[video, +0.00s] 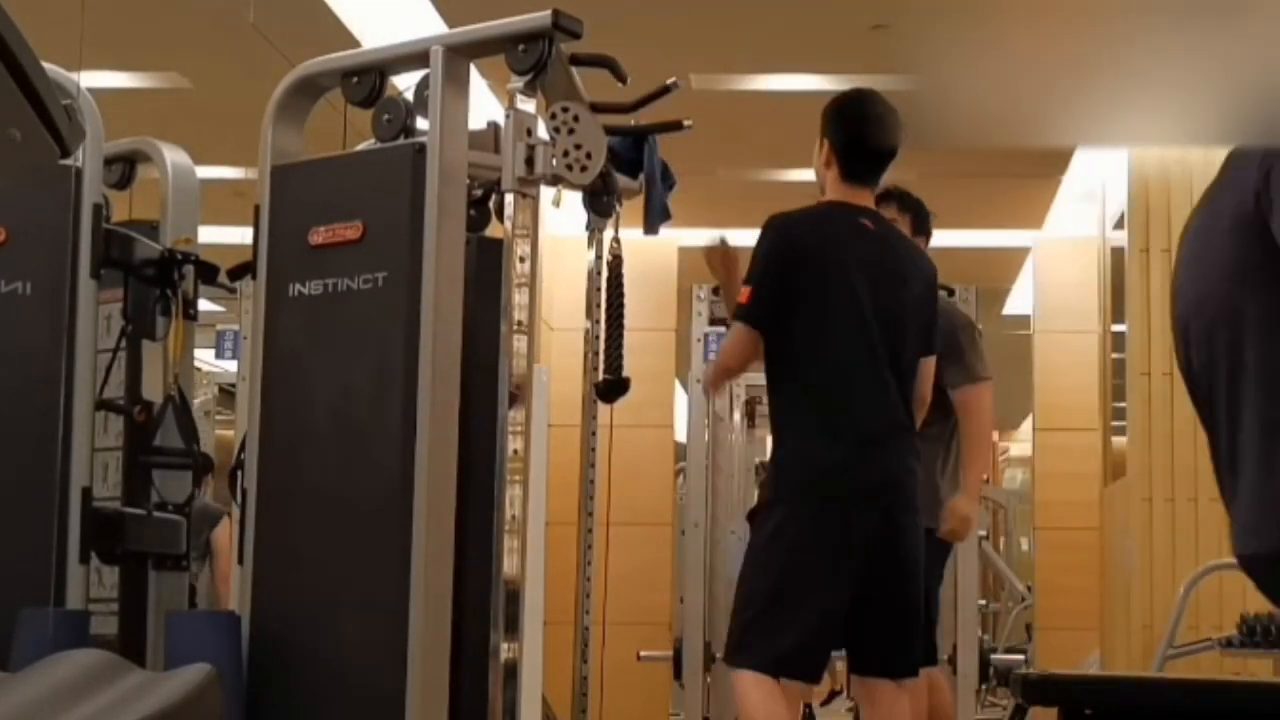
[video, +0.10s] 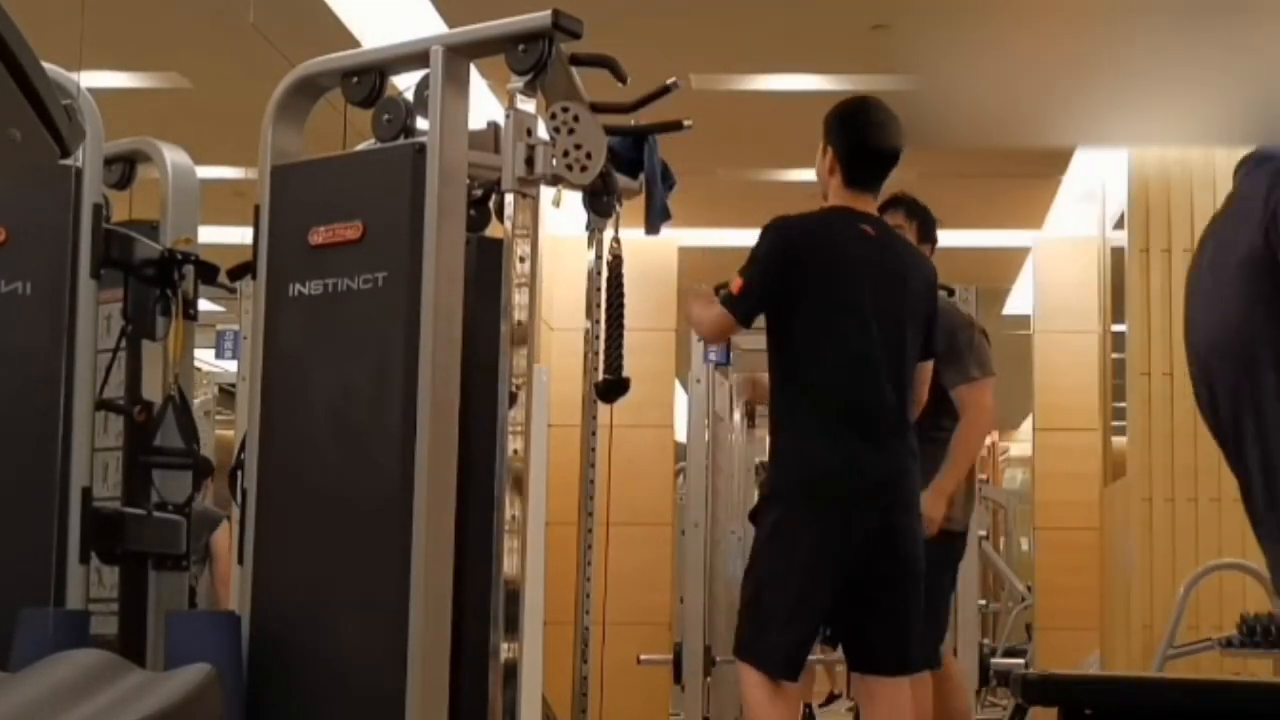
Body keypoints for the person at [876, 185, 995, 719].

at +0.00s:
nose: (881, 241)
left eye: (894, 231)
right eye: (876, 229)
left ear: (921, 242)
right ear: (867, 236)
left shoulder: (945, 321)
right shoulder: (853, 317)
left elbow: (976, 408)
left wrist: (970, 492)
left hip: (924, 506)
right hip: (869, 502)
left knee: (913, 648)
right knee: (900, 648)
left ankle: (938, 711)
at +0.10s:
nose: (889, 247)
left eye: (901, 237)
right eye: (882, 236)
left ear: (926, 247)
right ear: (872, 244)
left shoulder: (946, 321)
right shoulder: (862, 320)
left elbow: (980, 413)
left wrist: (938, 493)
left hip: (931, 512)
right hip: (882, 507)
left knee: (917, 650)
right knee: (928, 649)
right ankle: (958, 713)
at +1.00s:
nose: (947, 249)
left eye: (959, 238)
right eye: (947, 239)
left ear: (996, 249)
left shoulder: (1029, 319)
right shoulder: (956, 339)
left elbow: (1036, 408)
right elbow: (935, 426)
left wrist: (954, 468)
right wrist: (882, 476)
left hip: (1024, 520)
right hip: (968, 522)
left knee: (1038, 655)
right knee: (971, 652)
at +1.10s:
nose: (954, 246)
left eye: (967, 235)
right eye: (956, 236)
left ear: (1001, 247)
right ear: (982, 249)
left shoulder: (1036, 319)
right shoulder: (963, 340)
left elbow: (1046, 413)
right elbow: (951, 424)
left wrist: (967, 475)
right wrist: (904, 477)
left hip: (1034, 521)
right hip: (978, 522)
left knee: (1047, 657)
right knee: (976, 653)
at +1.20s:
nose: (959, 246)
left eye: (972, 234)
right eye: (963, 234)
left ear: (1005, 248)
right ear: (994, 250)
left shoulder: (1041, 322)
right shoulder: (974, 339)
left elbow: (1056, 421)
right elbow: (964, 430)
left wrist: (996, 501)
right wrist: (921, 487)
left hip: (1043, 521)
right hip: (988, 519)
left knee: (1052, 657)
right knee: (978, 652)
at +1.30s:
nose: (964, 246)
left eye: (977, 234)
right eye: (968, 235)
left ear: (1010, 248)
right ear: (995, 250)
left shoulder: (1044, 325)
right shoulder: (983, 338)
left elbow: (1063, 428)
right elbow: (977, 434)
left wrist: (1040, 525)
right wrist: (940, 505)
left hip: (1046, 524)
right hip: (994, 522)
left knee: (1056, 658)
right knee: (972, 645)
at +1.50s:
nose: (972, 249)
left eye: (984, 238)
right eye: (973, 238)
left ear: (1019, 249)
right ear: (995, 249)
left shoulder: (1054, 324)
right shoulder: (989, 336)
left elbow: (1085, 426)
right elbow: (984, 443)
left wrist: (1082, 520)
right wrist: (964, 523)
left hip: (1042, 524)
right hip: (990, 525)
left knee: (1053, 652)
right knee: (972, 641)